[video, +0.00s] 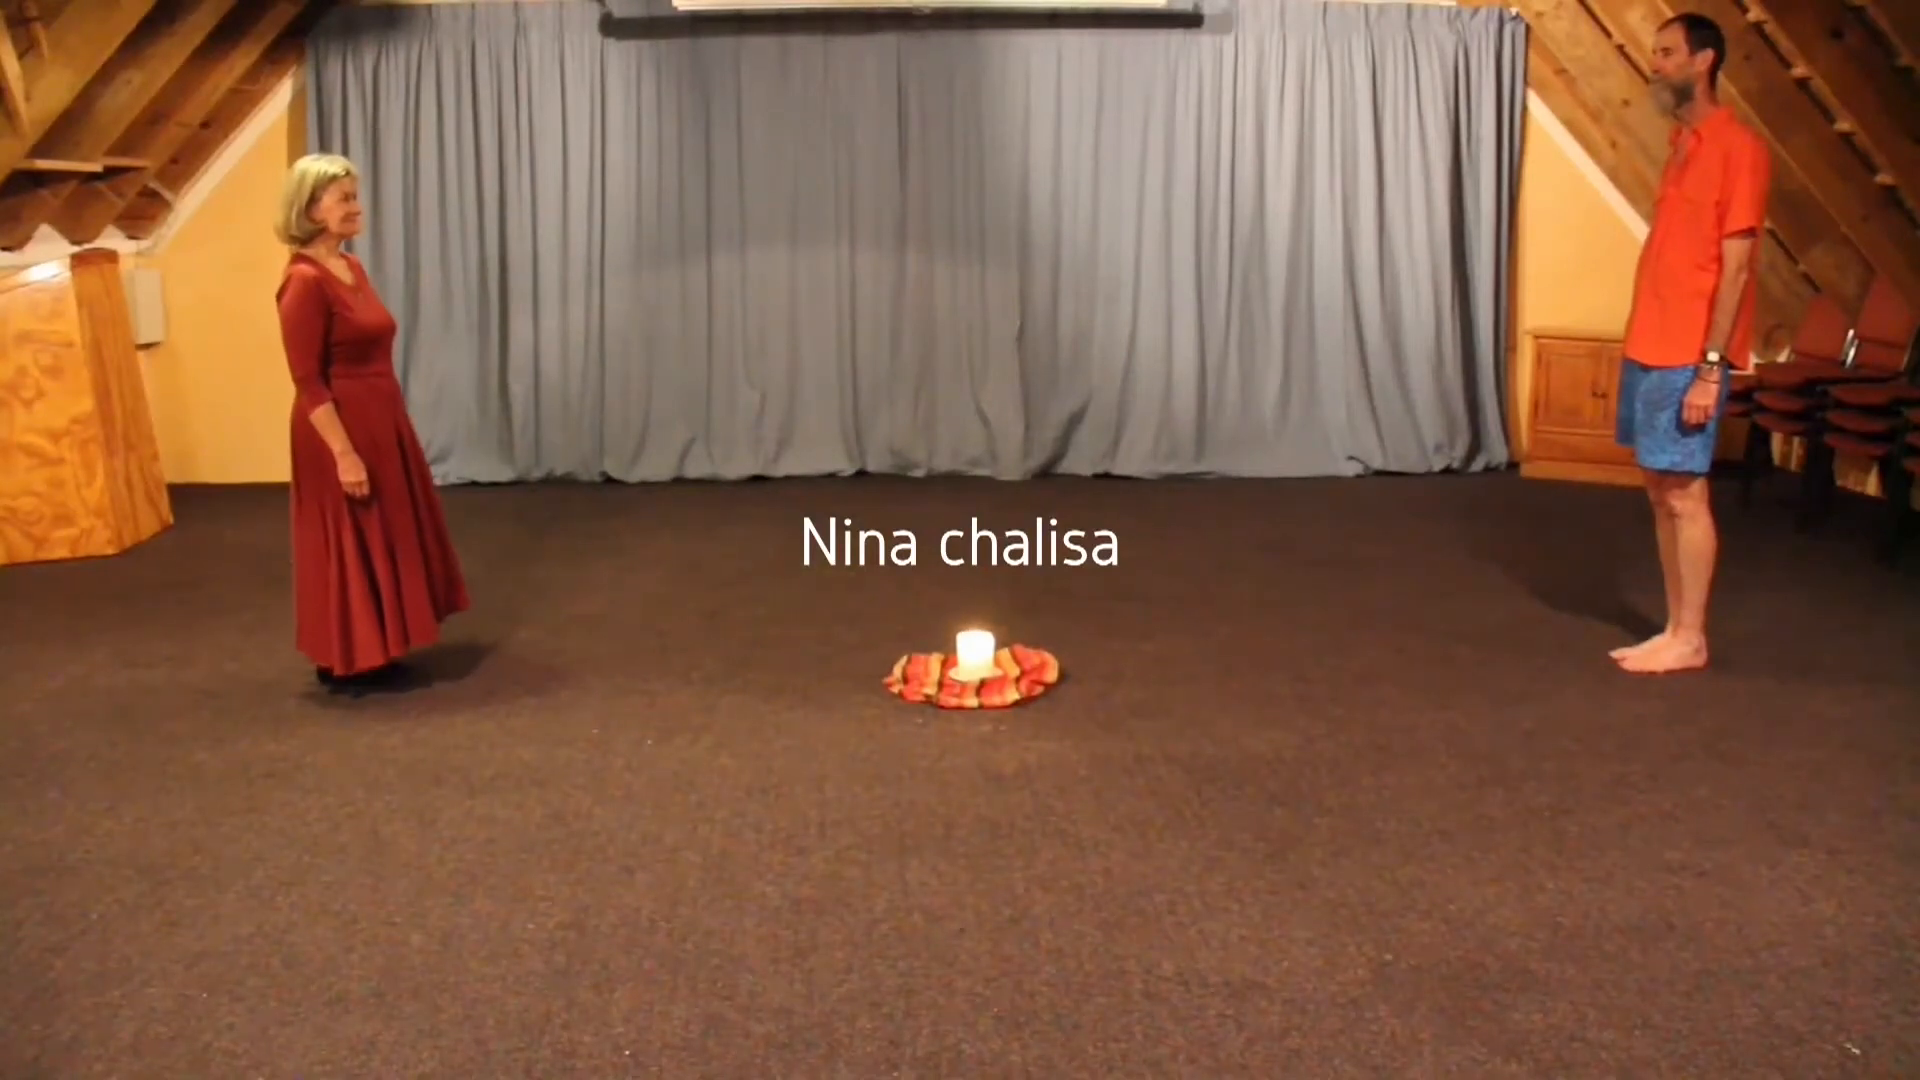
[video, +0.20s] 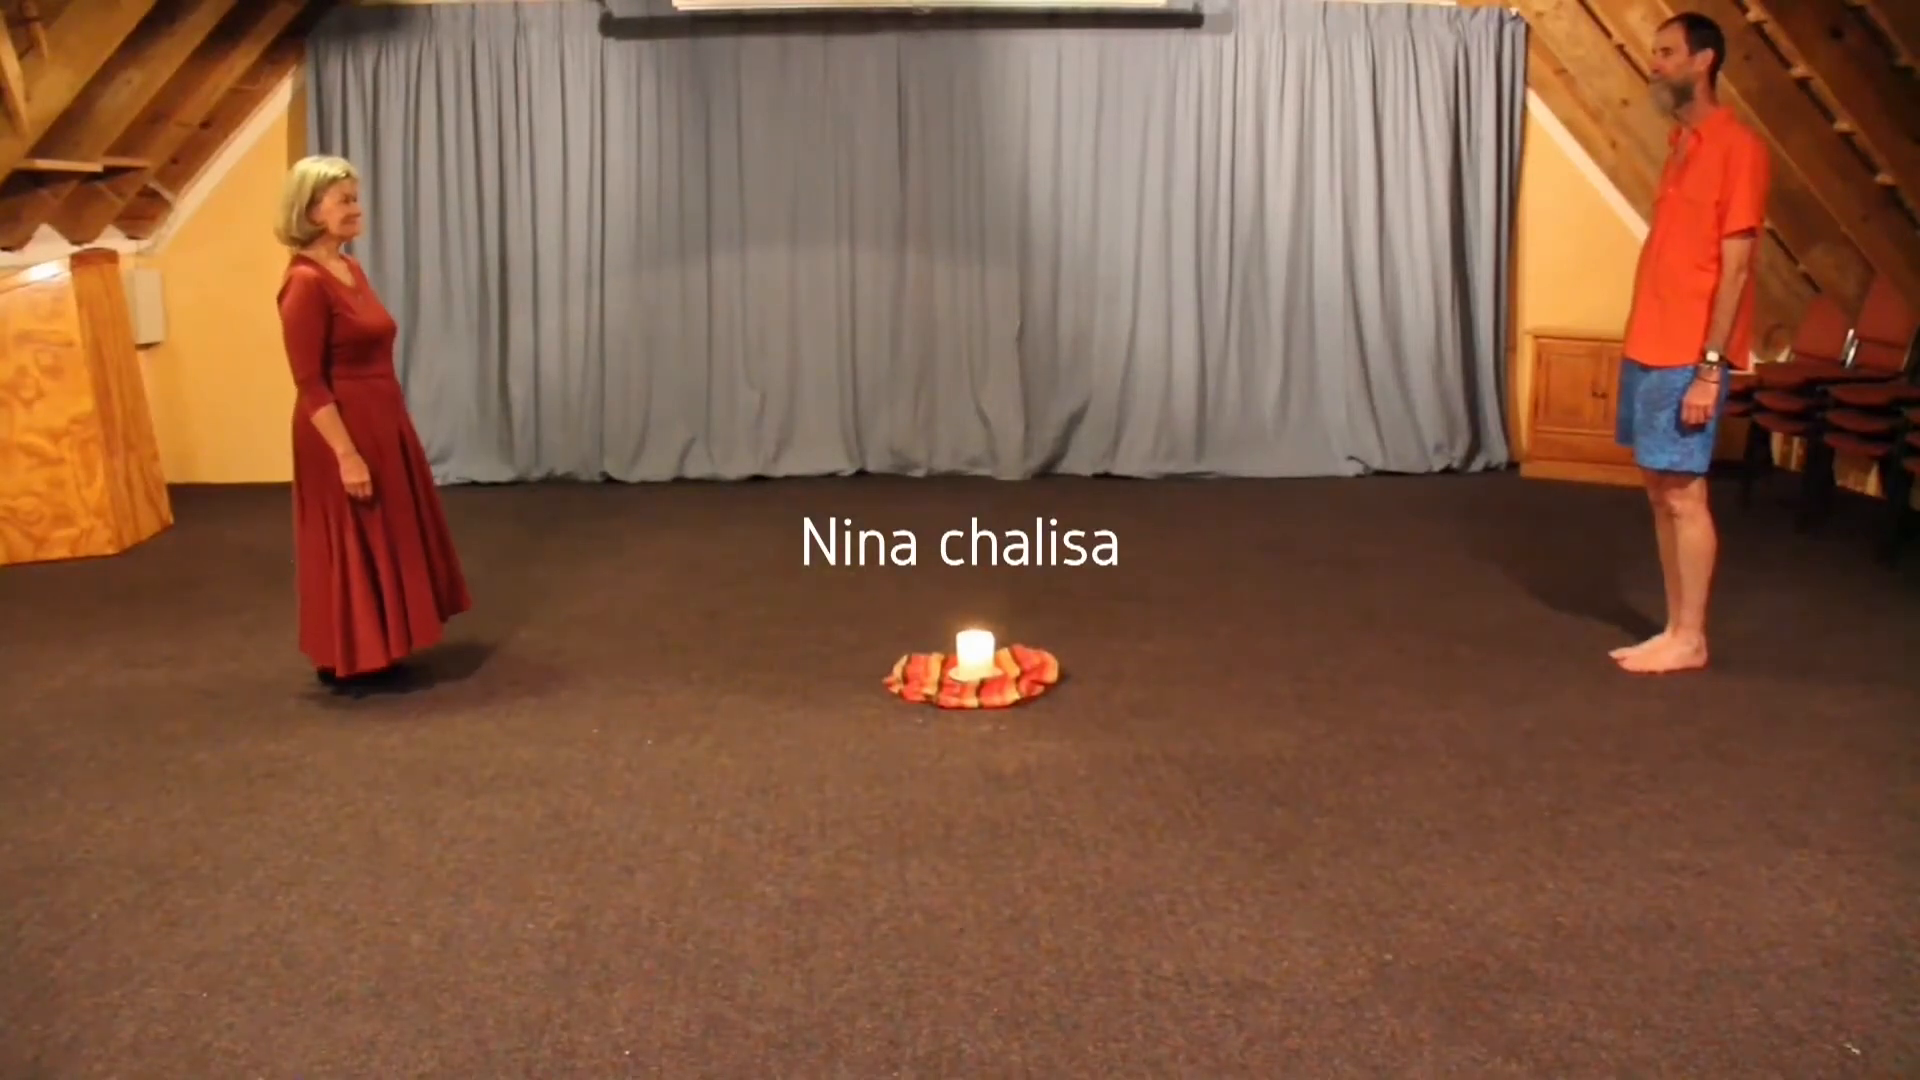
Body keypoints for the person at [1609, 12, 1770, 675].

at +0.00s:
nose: (1654, 64)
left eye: (1666, 53)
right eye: (1654, 53)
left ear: (1704, 61)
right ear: (1686, 62)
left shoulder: (1740, 145)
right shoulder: (1686, 142)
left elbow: (1738, 265)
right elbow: (1676, 252)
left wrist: (1713, 364)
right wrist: (1647, 345)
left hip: (1690, 359)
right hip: (1652, 352)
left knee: (1686, 498)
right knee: (1662, 494)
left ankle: (1690, 637)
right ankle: (1677, 629)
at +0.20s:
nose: (1653, 64)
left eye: (1666, 53)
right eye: (1653, 53)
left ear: (1704, 61)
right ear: (1685, 63)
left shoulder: (1739, 144)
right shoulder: (1685, 143)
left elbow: (1737, 265)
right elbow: (1674, 253)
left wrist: (1712, 364)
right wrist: (1647, 346)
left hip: (1690, 359)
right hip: (1652, 352)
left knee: (1685, 498)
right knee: (1661, 494)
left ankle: (1690, 638)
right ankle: (1677, 629)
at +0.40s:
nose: (1654, 64)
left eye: (1666, 53)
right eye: (1654, 53)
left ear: (1704, 60)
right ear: (1685, 62)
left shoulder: (1739, 145)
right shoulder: (1686, 143)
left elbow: (1738, 265)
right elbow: (1675, 253)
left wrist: (1713, 364)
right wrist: (1647, 345)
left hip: (1690, 358)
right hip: (1652, 352)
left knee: (1684, 498)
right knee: (1661, 494)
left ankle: (1690, 638)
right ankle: (1677, 629)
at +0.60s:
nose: (1654, 64)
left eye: (1666, 53)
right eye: (1655, 53)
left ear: (1705, 60)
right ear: (1688, 61)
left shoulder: (1739, 144)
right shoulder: (1687, 143)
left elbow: (1737, 265)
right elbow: (1676, 255)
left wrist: (1712, 365)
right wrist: (1647, 347)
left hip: (1689, 359)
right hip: (1652, 353)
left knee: (1686, 498)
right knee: (1663, 495)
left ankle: (1691, 638)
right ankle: (1677, 629)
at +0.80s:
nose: (1654, 65)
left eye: (1666, 53)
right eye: (1655, 53)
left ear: (1705, 61)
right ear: (1689, 62)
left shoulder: (1739, 145)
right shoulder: (1689, 143)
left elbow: (1736, 266)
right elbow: (1678, 257)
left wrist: (1710, 366)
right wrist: (1649, 348)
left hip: (1689, 359)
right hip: (1653, 353)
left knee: (1687, 499)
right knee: (1662, 495)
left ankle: (1691, 638)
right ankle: (1677, 630)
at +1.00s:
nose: (1654, 65)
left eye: (1666, 53)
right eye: (1655, 53)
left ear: (1705, 61)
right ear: (1690, 62)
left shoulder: (1739, 146)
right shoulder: (1690, 143)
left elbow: (1735, 266)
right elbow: (1679, 256)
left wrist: (1709, 366)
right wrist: (1650, 348)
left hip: (1690, 359)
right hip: (1654, 353)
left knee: (1687, 498)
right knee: (1664, 495)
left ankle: (1691, 638)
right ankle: (1677, 630)